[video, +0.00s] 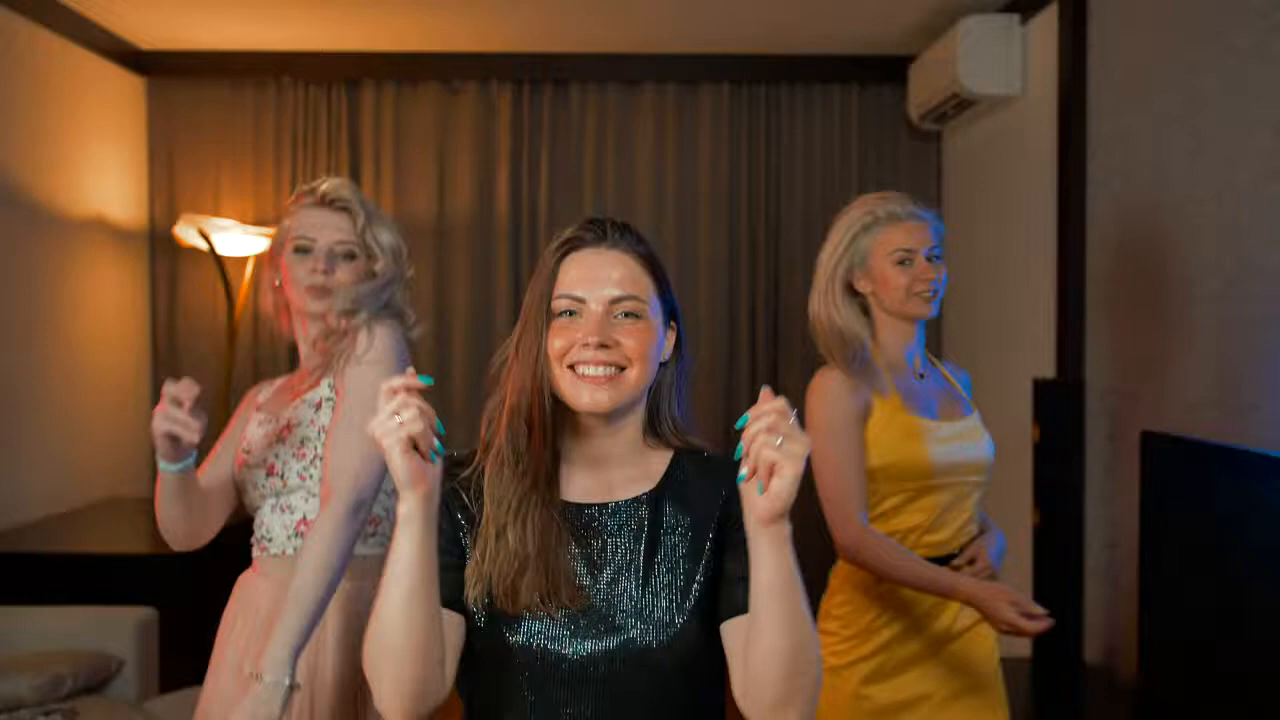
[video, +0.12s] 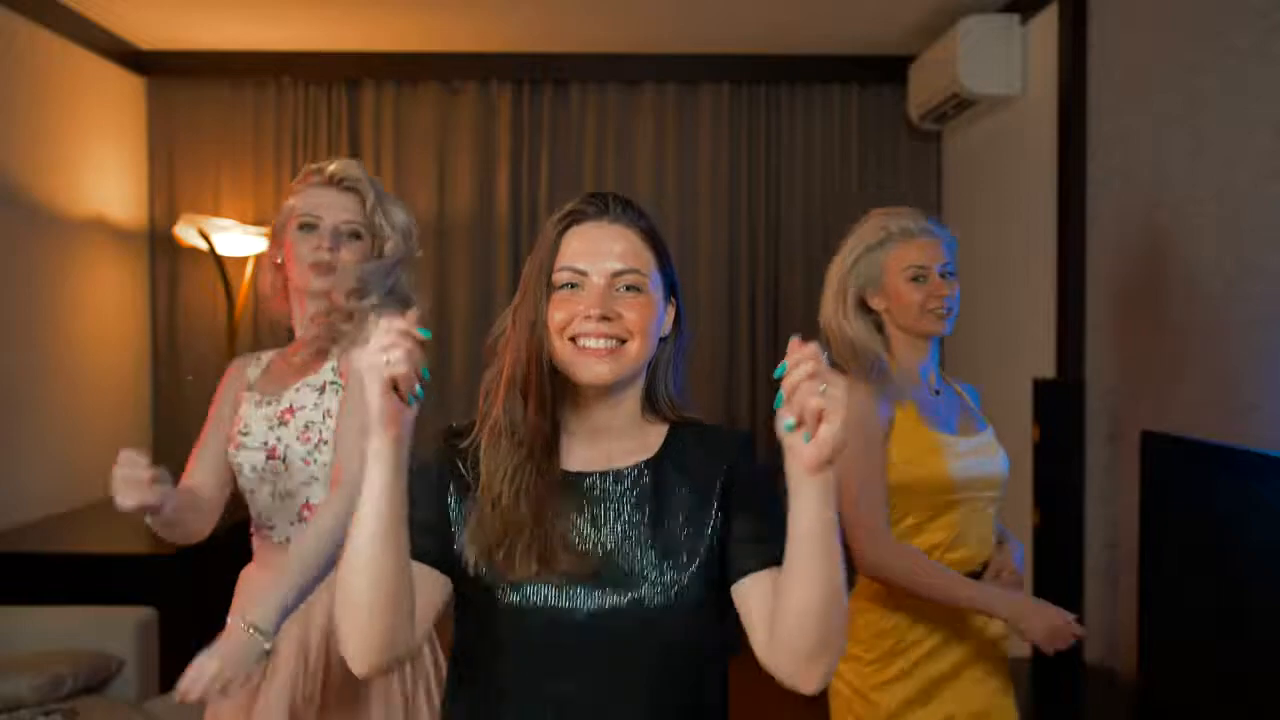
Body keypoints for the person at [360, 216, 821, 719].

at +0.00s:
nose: (595, 335)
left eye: (626, 313)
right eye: (567, 313)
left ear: (667, 343)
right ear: (536, 339)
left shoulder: (719, 494)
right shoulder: (473, 496)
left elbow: (778, 705)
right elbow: (401, 698)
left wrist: (769, 528)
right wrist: (416, 500)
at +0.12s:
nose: (597, 306)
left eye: (628, 285)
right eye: (569, 284)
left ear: (667, 320)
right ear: (535, 313)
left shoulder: (721, 468)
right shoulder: (472, 468)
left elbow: (803, 666)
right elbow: (368, 647)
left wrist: (812, 472)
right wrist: (388, 435)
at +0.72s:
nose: (620, 327)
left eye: (651, 300)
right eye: (593, 302)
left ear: (695, 324)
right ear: (562, 328)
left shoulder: (740, 476)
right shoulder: (510, 461)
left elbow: (778, 641)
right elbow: (413, 609)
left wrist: (814, 443)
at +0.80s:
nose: (610, 352)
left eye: (642, 326)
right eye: (583, 326)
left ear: (684, 348)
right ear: (554, 347)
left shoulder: (736, 495)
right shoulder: (515, 497)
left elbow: (756, 673)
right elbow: (430, 675)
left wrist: (801, 524)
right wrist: (499, 472)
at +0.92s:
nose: (602, 381)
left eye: (635, 356)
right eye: (576, 351)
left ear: (671, 380)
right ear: (541, 370)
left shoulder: (725, 504)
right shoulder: (485, 521)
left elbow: (744, 673)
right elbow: (445, 709)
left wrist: (755, 697)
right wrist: (515, 546)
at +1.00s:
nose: (601, 368)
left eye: (632, 344)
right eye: (573, 339)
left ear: (668, 368)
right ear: (536, 357)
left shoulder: (715, 488)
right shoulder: (493, 503)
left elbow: (754, 682)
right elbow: (429, 704)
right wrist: (479, 527)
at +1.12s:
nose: (603, 330)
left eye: (636, 304)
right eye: (574, 300)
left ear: (671, 331)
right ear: (534, 320)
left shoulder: (712, 459)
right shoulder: (463, 461)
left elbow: (773, 687)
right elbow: (410, 667)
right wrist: (391, 609)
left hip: (675, 707)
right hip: (513, 708)